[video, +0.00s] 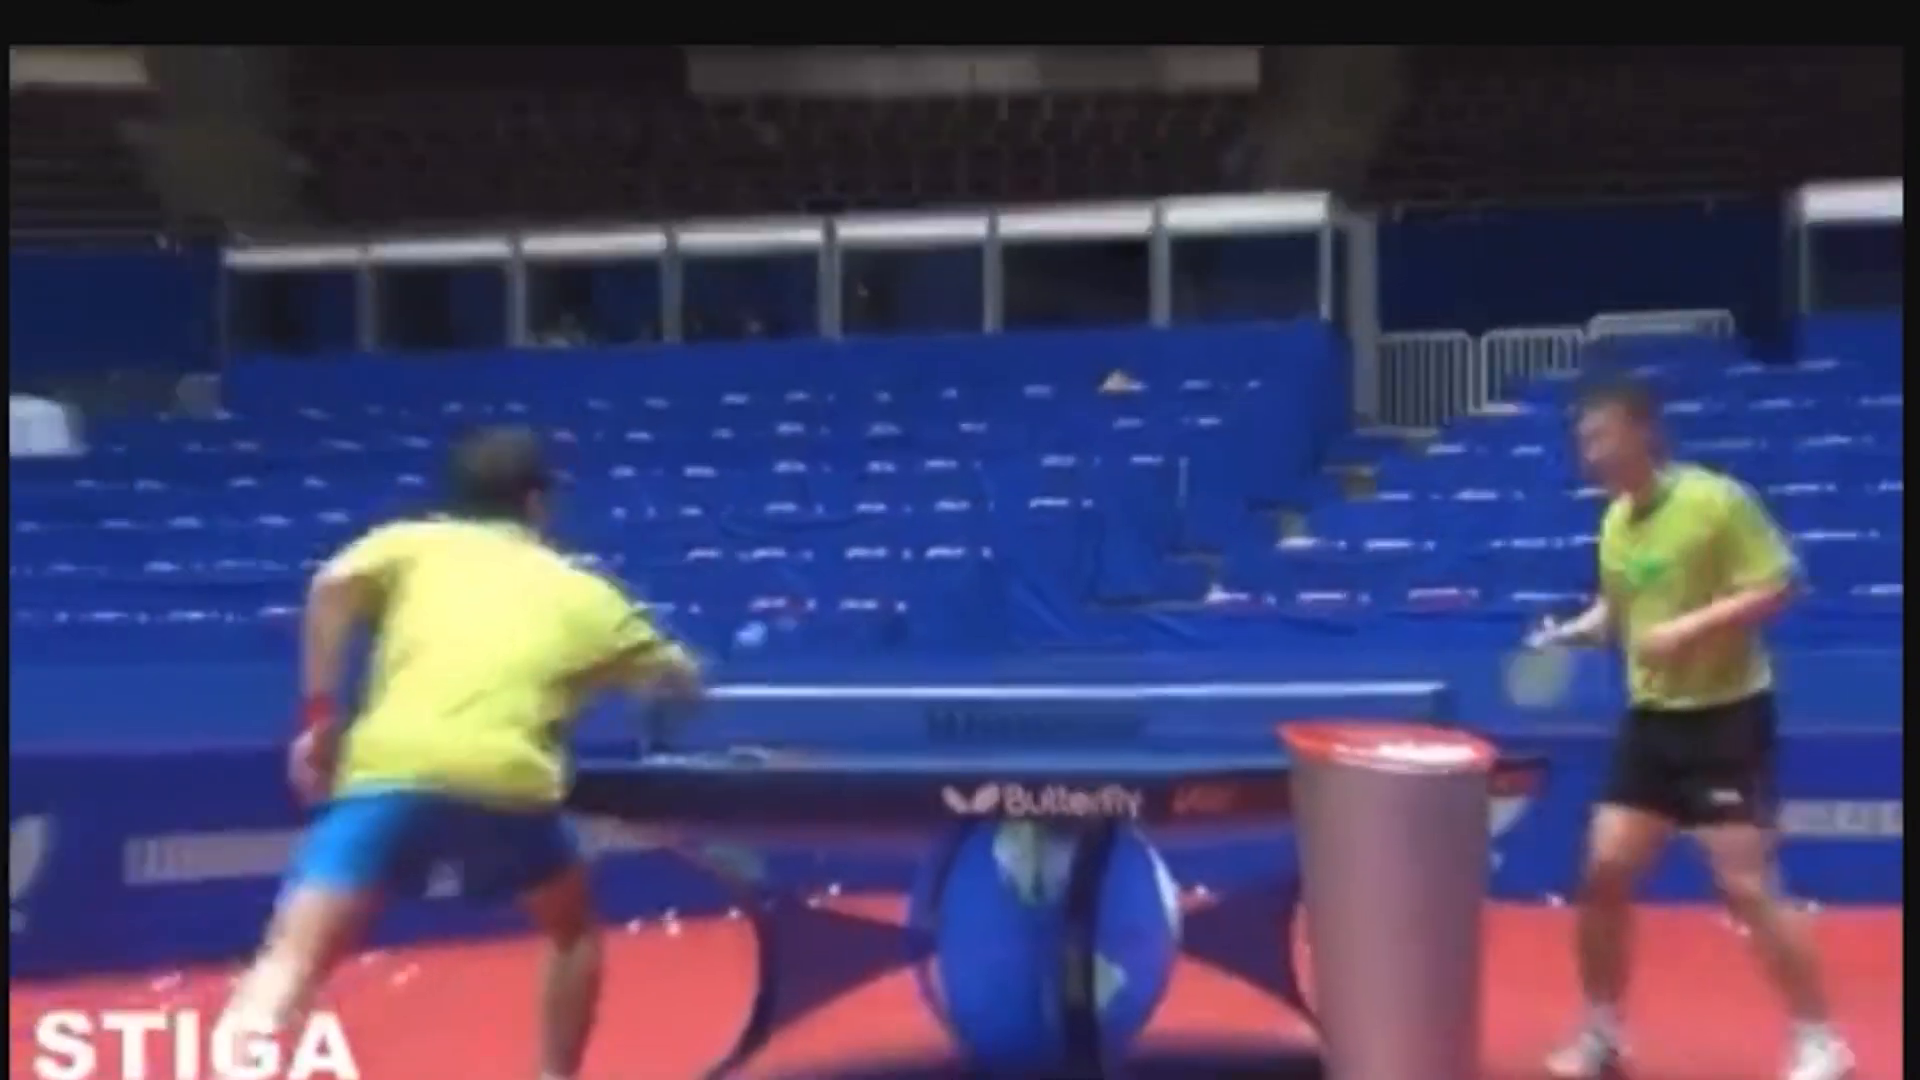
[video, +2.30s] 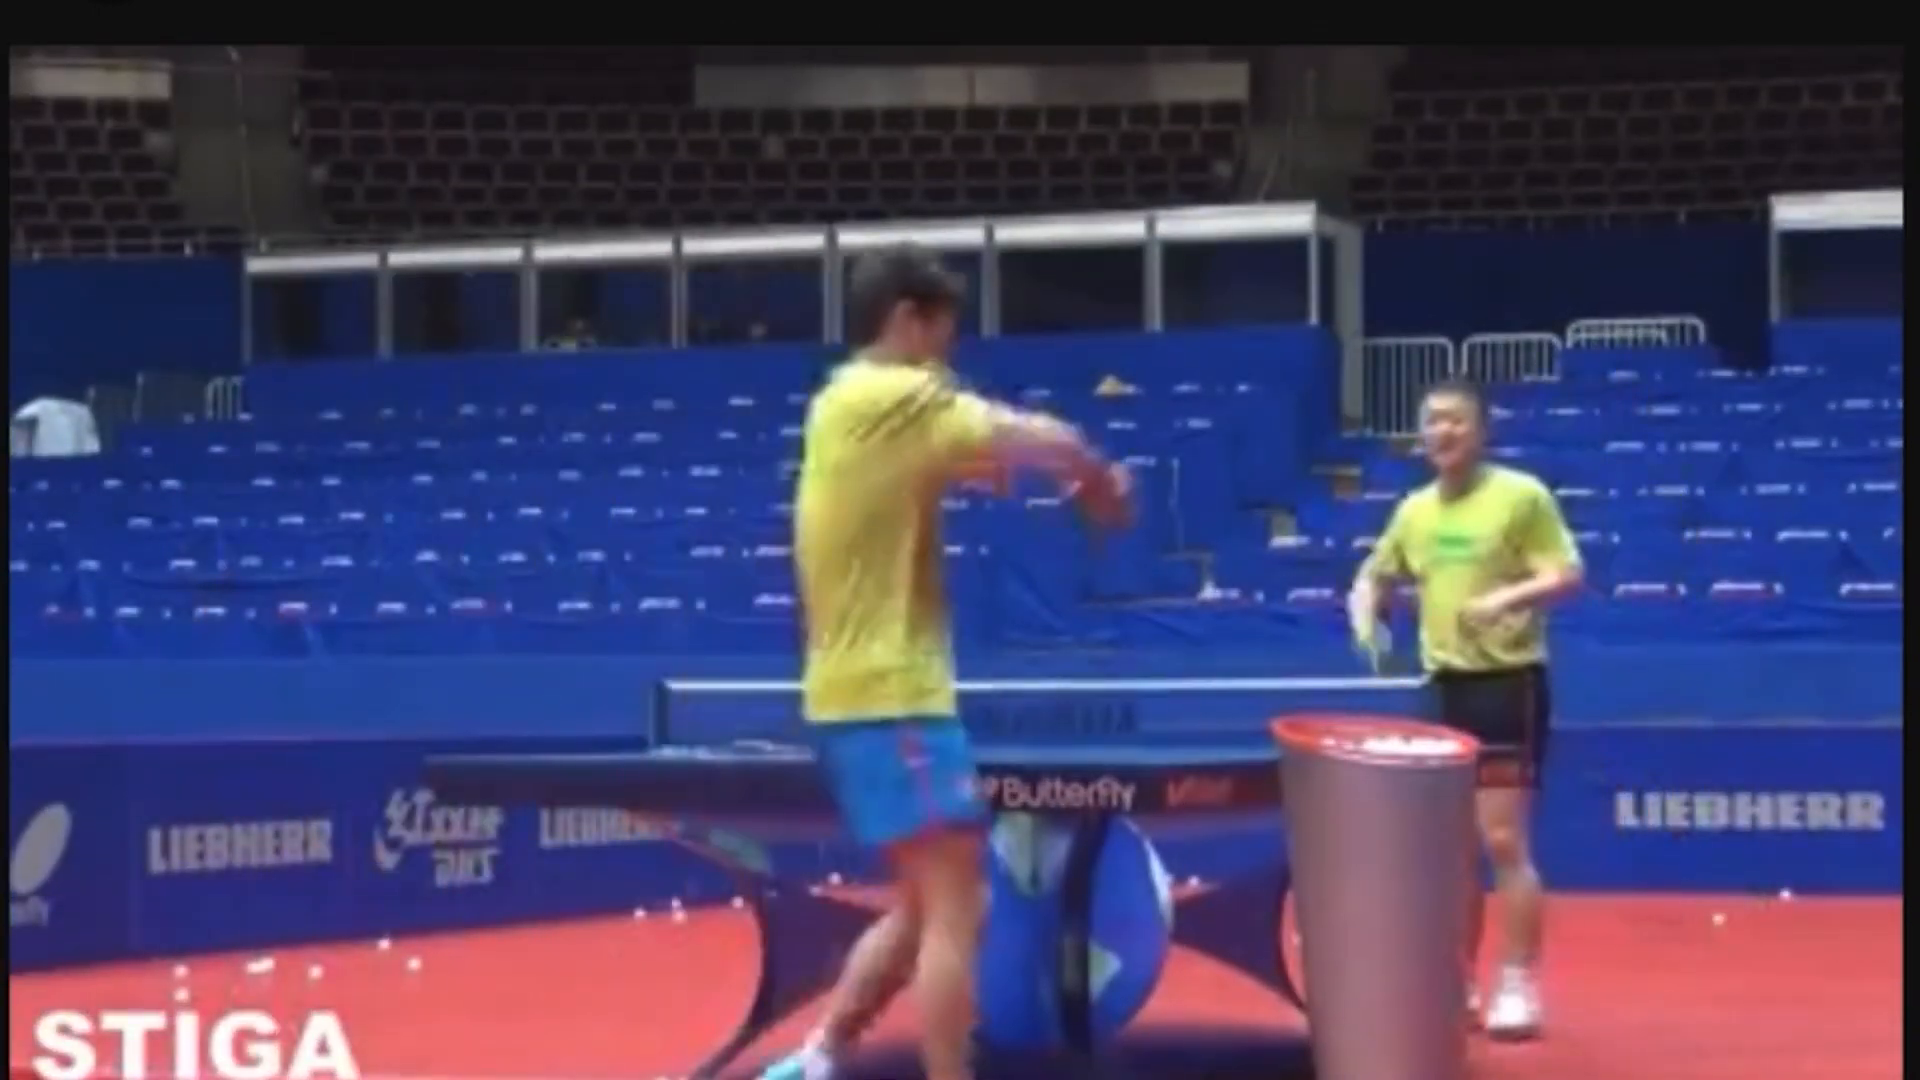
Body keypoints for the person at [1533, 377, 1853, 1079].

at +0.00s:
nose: (1591, 455)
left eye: (1601, 438)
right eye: (1585, 441)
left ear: (1644, 435)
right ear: (1588, 449)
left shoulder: (1715, 501)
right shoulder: (1615, 520)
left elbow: (1777, 580)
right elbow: (1622, 606)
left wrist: (1688, 627)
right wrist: (1578, 630)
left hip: (1726, 715)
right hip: (1652, 715)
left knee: (1746, 887)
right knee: (1606, 866)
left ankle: (1817, 1037)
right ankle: (1602, 1030)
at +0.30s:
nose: (1526, 474)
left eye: (1535, 458)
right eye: (1525, 459)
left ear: (1575, 452)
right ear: (1563, 457)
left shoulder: (1637, 509)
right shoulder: (1589, 531)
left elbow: (1692, 587)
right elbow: (1616, 628)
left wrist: (1598, 635)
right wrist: (1539, 656)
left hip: (1694, 710)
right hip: (1635, 712)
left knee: (1712, 877)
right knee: (1574, 862)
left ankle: (1794, 1027)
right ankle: (1573, 1018)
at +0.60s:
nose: (1468, 462)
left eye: (1478, 444)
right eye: (1466, 447)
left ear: (1519, 443)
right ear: (1503, 451)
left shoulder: (1589, 497)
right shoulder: (1508, 527)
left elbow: (1650, 570)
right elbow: (1530, 623)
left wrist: (1563, 624)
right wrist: (1488, 704)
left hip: (1649, 689)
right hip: (1582, 702)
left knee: (1689, 849)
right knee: (1556, 853)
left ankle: (1751, 1005)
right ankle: (1574, 1016)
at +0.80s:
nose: (1485, 430)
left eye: (1497, 414)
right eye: (1480, 420)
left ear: (1541, 417)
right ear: (1486, 438)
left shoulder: (1609, 478)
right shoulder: (1496, 519)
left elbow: (1664, 554)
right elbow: (1497, 619)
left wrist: (1579, 590)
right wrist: (1487, 712)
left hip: (1629, 678)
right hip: (1553, 690)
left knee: (1656, 851)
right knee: (1563, 852)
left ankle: (1680, 995)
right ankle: (1573, 1010)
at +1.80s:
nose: (1553, 425)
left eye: (1568, 414)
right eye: (1545, 413)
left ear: (1596, 428)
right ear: (1531, 425)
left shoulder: (1630, 507)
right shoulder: (1502, 500)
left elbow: (1659, 585)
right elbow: (1454, 576)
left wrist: (1645, 610)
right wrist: (1458, 625)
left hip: (1592, 681)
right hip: (1511, 679)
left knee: (1603, 845)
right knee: (1486, 838)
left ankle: (1606, 990)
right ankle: (1475, 973)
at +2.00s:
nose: (1503, 438)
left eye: (1516, 427)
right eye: (1495, 425)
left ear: (1543, 437)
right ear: (1483, 434)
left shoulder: (1577, 508)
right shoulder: (1454, 515)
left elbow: (1621, 589)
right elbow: (1426, 598)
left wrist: (1583, 609)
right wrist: (1406, 565)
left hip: (1549, 686)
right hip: (1474, 685)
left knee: (1574, 850)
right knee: (1465, 853)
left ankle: (1601, 989)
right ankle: (1462, 987)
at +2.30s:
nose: (1443, 432)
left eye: (1455, 421)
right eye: (1434, 422)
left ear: (1482, 430)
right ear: (1422, 433)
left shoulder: (1520, 496)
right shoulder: (1416, 508)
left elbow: (1565, 571)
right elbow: (1374, 572)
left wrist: (1500, 601)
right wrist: (1366, 612)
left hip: (1508, 673)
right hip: (1445, 673)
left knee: (1502, 834)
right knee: (1446, 836)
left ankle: (1520, 981)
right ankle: (1453, 980)